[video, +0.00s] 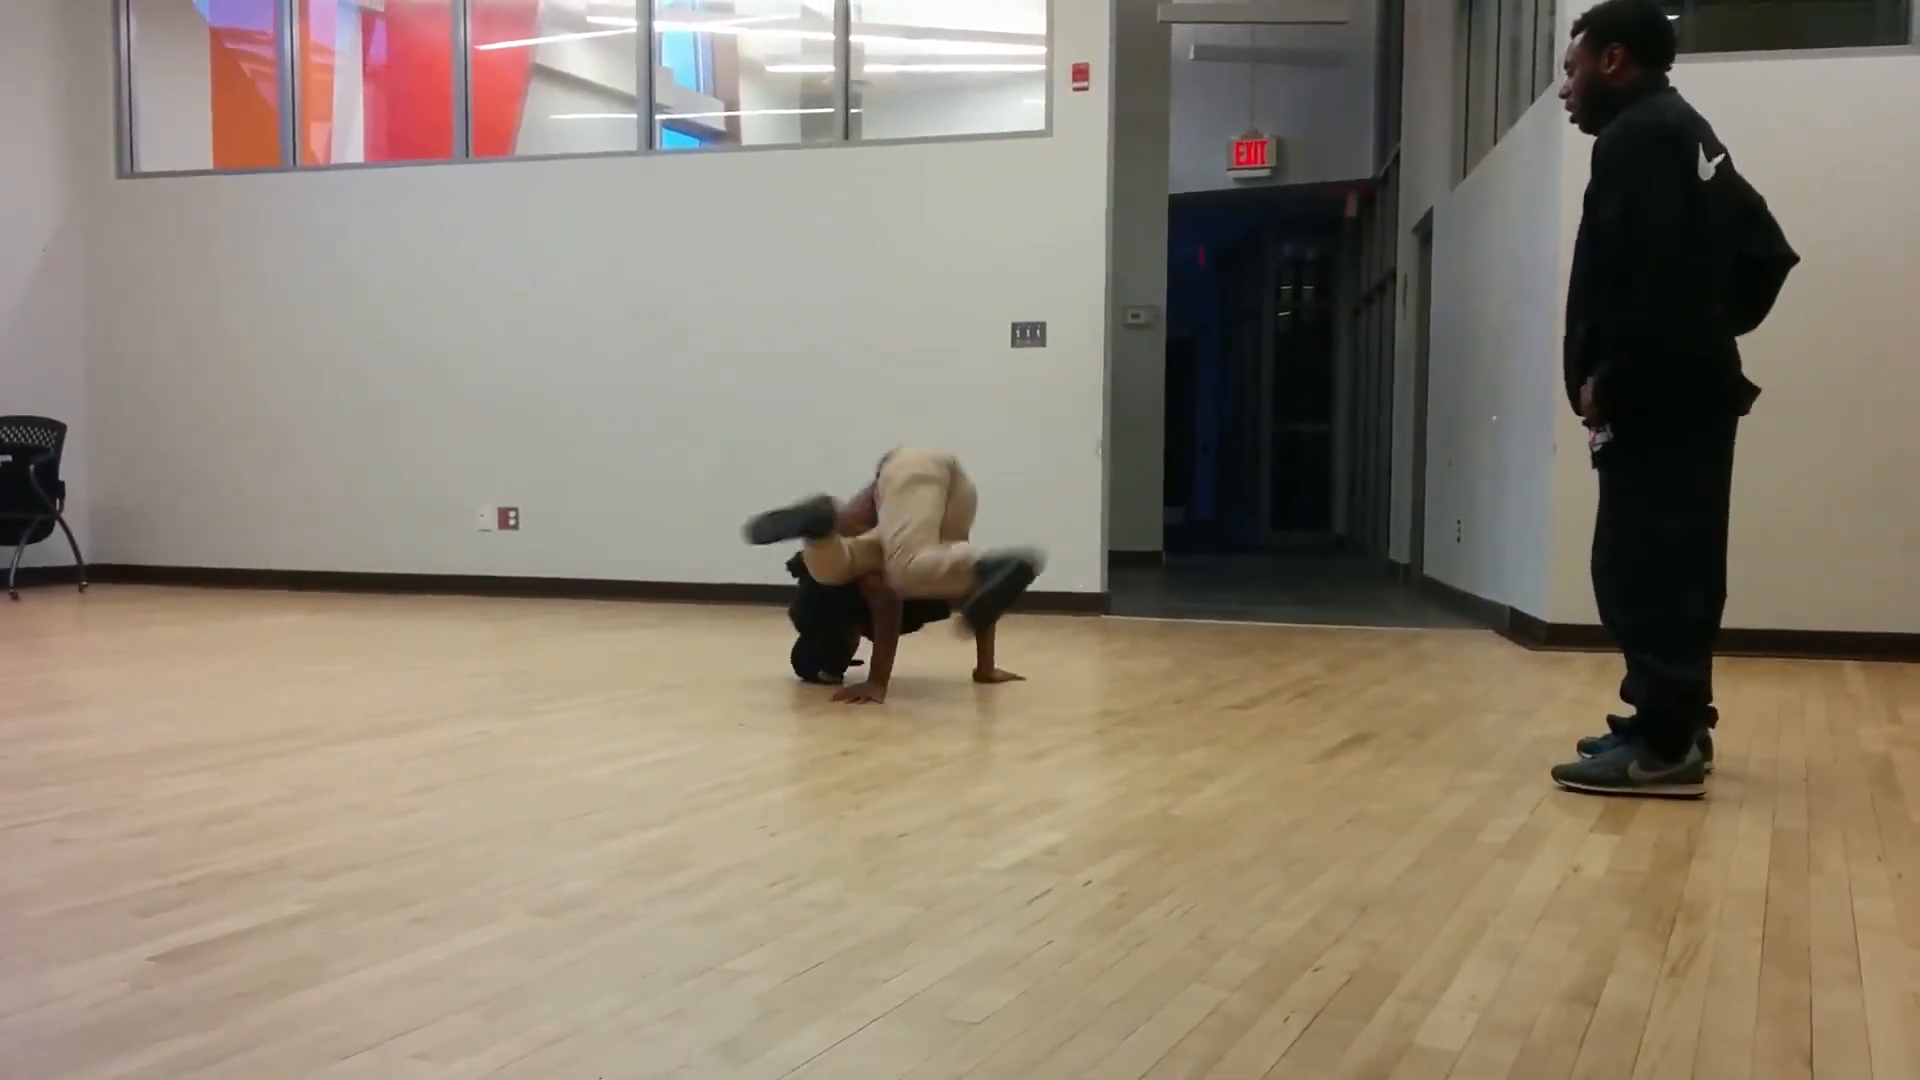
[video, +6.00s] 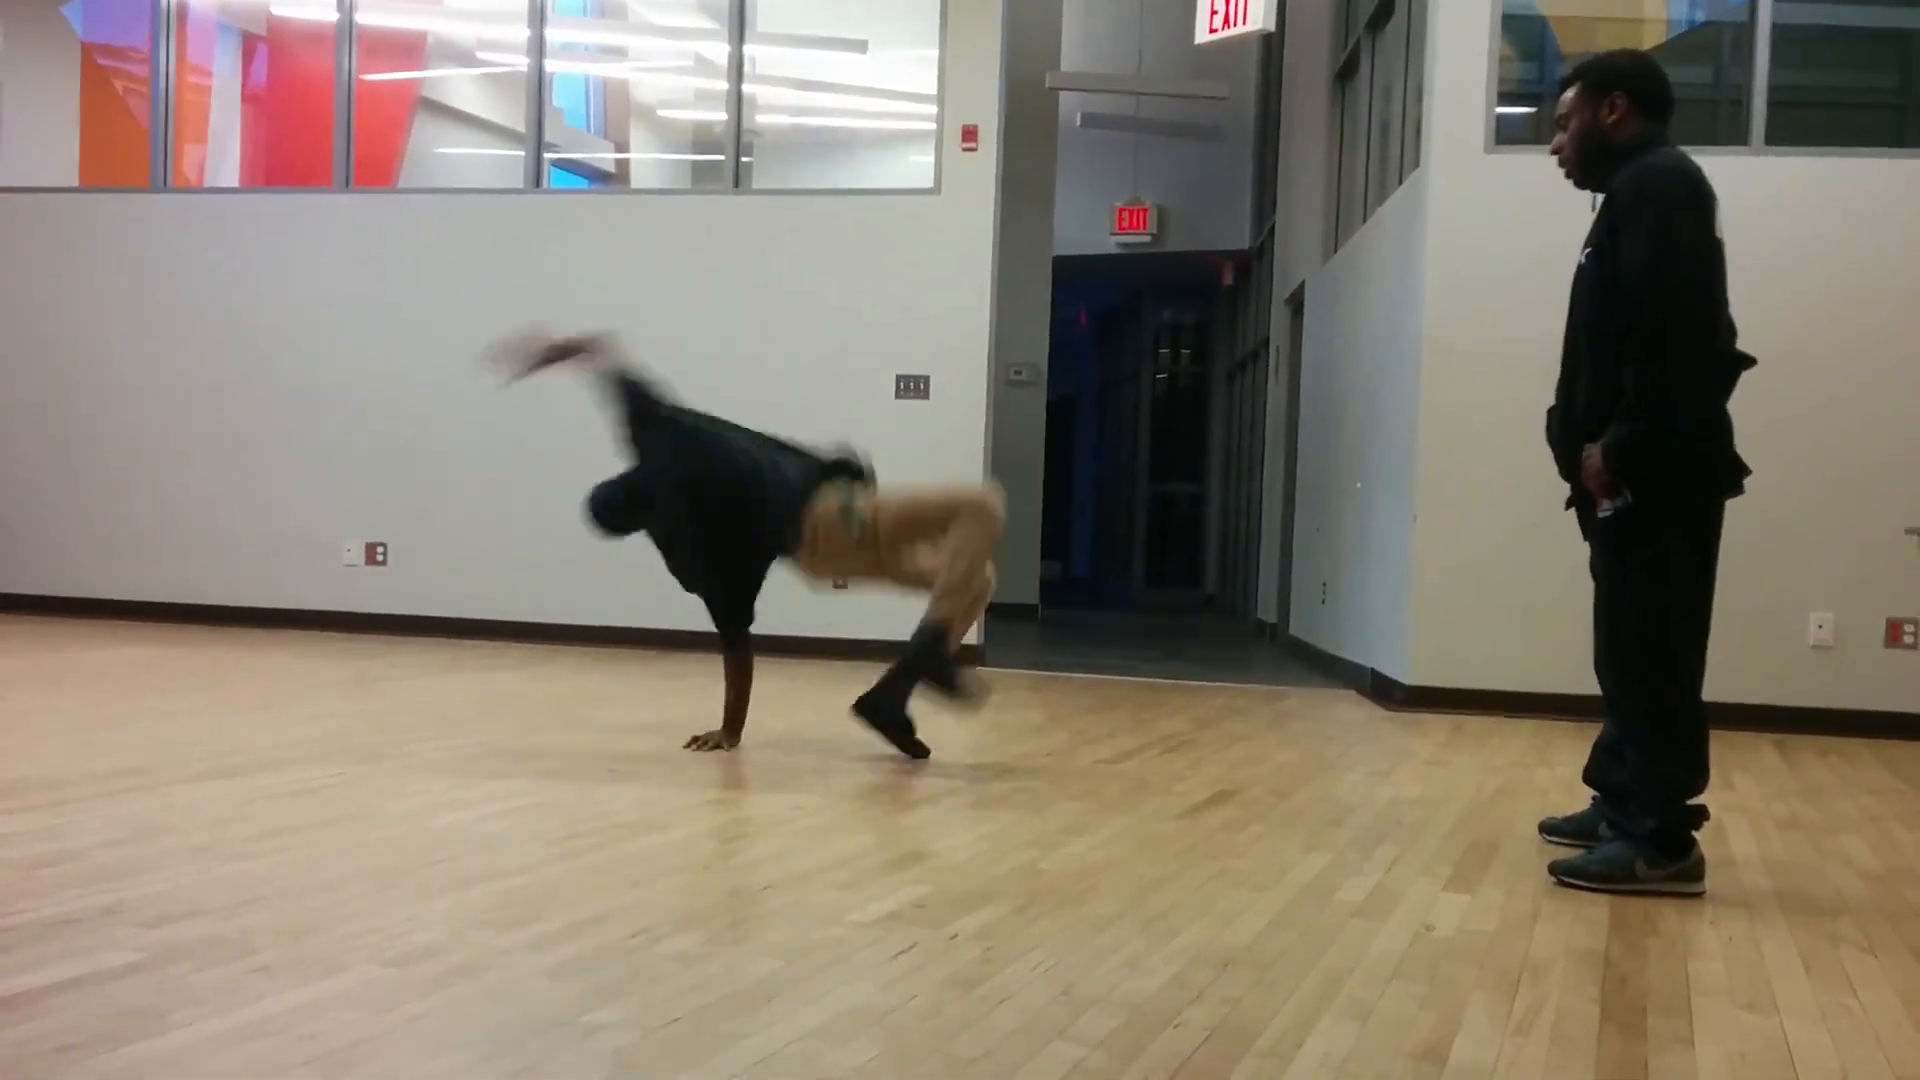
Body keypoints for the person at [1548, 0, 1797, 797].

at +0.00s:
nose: (1563, 84)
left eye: (1573, 67)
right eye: (1565, 68)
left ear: (1615, 61)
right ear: (1630, 64)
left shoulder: (1638, 135)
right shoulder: (1676, 128)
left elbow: (1638, 276)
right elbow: (1764, 252)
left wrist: (1600, 375)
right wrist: (1701, 339)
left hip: (1657, 403)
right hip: (1691, 399)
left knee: (1642, 563)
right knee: (1671, 558)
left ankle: (1665, 744)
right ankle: (1672, 727)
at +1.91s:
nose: (1668, 46)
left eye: (1678, 25)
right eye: (1670, 28)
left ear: (1724, 27)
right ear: (1740, 33)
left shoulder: (1719, 115)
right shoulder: (1803, 107)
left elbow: (1702, 251)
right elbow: (1892, 224)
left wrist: (1674, 363)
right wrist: (1825, 309)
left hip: (1727, 383)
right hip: (1808, 383)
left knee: (1666, 542)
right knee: (1799, 552)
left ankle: (1649, 723)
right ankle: (1793, 730)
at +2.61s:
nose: (1708, 70)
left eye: (1715, 47)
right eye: (1708, 52)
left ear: (1766, 36)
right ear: (1770, 39)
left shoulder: (1806, 102)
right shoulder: (1828, 101)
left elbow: (1820, 239)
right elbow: (1898, 232)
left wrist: (1773, 342)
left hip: (1796, 386)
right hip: (1850, 385)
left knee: (1728, 532)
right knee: (1825, 546)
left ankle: (1743, 720)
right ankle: (1810, 727)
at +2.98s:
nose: (1666, 80)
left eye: (1675, 59)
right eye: (1665, 63)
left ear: (1727, 47)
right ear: (1727, 51)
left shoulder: (1774, 116)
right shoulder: (1759, 118)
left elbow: (1815, 270)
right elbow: (1816, 268)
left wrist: (1738, 374)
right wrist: (1715, 369)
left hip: (1774, 405)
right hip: (1751, 405)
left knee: (1754, 566)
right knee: (1730, 562)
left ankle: (1748, 752)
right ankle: (1723, 736)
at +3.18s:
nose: (1592, 83)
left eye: (1601, 62)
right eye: (1591, 65)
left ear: (1655, 51)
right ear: (1654, 55)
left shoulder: (1696, 125)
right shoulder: (1678, 125)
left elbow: (1709, 278)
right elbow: (1686, 276)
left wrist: (1658, 389)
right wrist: (1633, 382)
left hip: (1691, 414)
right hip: (1666, 412)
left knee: (1681, 583)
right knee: (1657, 579)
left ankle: (1682, 773)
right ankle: (1649, 743)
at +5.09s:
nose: (1538, 181)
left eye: (1546, 161)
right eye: (1536, 163)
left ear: (1596, 148)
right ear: (1599, 150)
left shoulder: (1648, 227)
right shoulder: (1626, 226)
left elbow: (1666, 378)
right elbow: (1631, 374)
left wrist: (1598, 479)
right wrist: (1572, 469)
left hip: (1644, 499)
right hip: (1619, 498)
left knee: (1631, 666)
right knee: (1611, 662)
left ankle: (1653, 857)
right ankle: (1619, 827)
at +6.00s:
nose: (1555, 142)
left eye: (1564, 121)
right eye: (1554, 125)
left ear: (1614, 109)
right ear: (1618, 113)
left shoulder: (1659, 188)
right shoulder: (1642, 189)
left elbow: (1674, 347)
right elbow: (1629, 342)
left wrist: (1613, 448)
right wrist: (1585, 439)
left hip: (1663, 475)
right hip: (1638, 474)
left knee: (1653, 649)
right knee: (1629, 645)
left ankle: (1660, 838)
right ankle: (1623, 805)